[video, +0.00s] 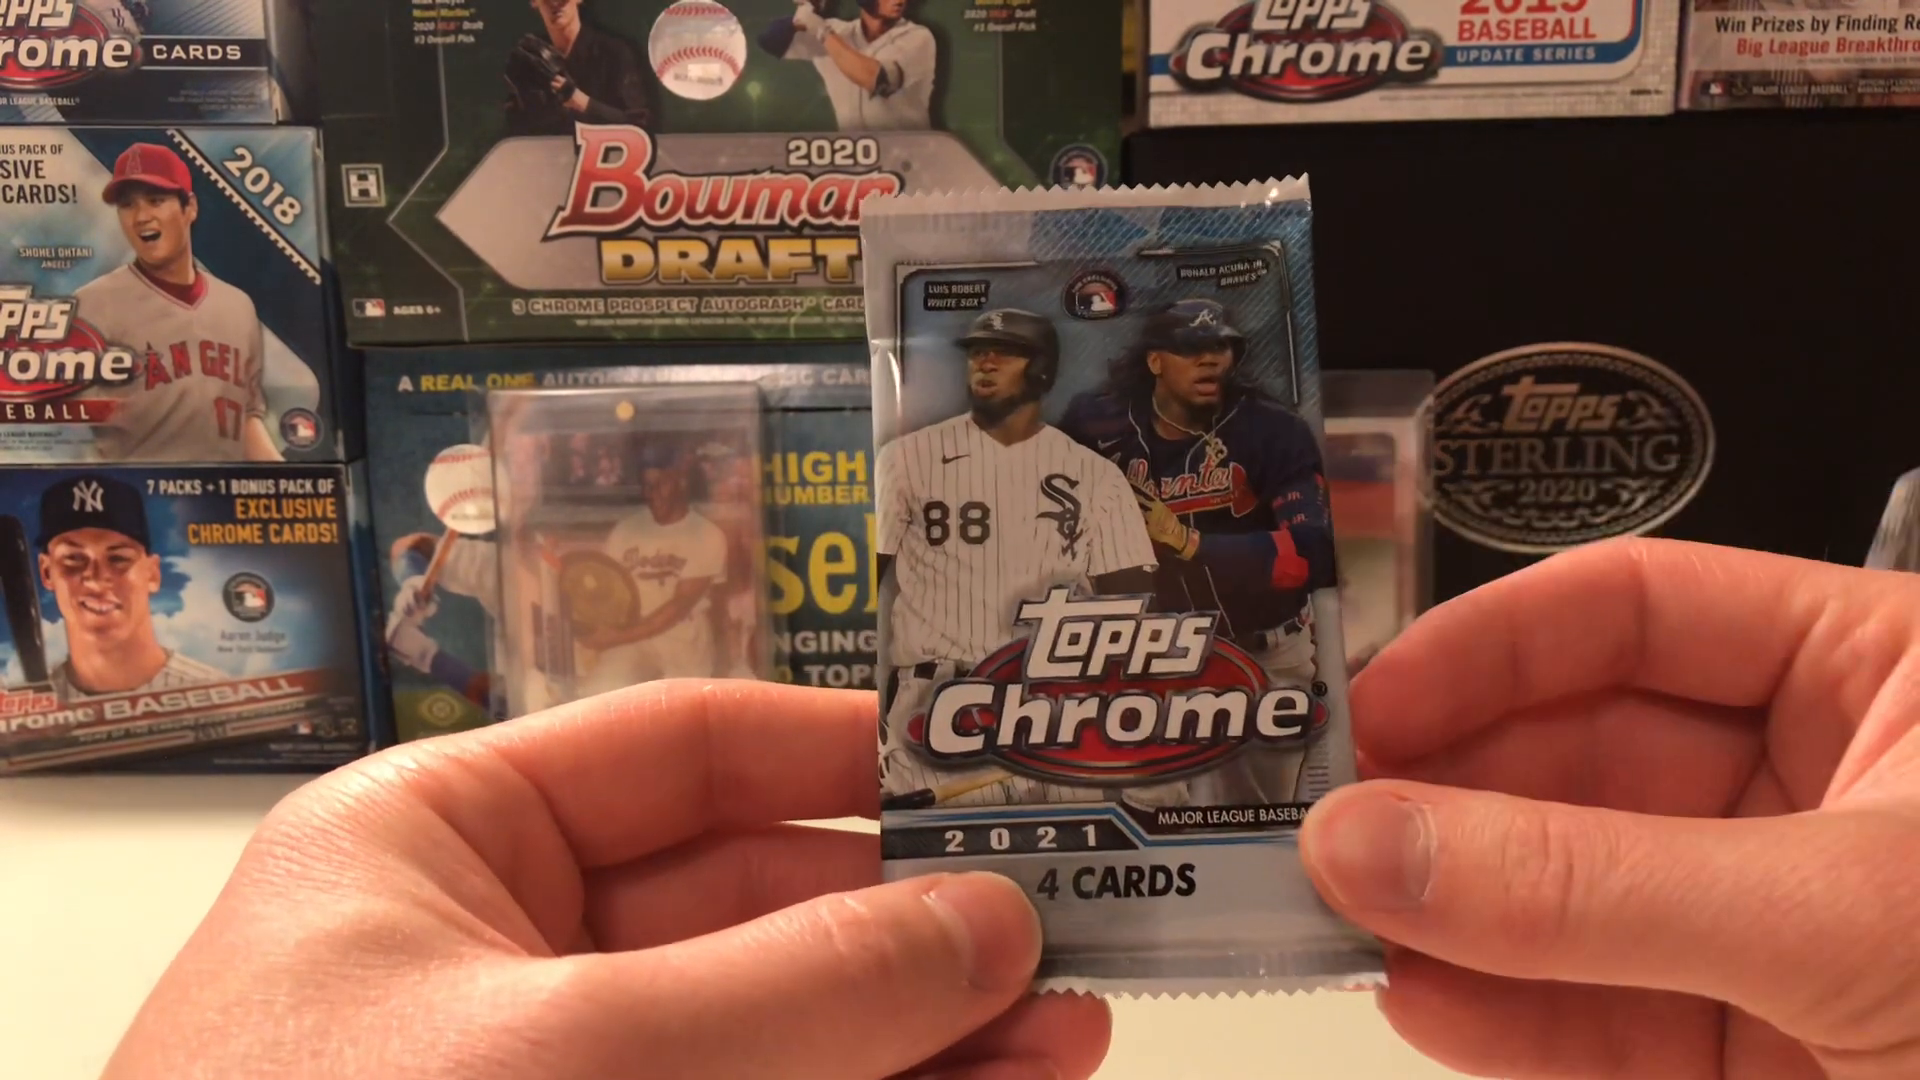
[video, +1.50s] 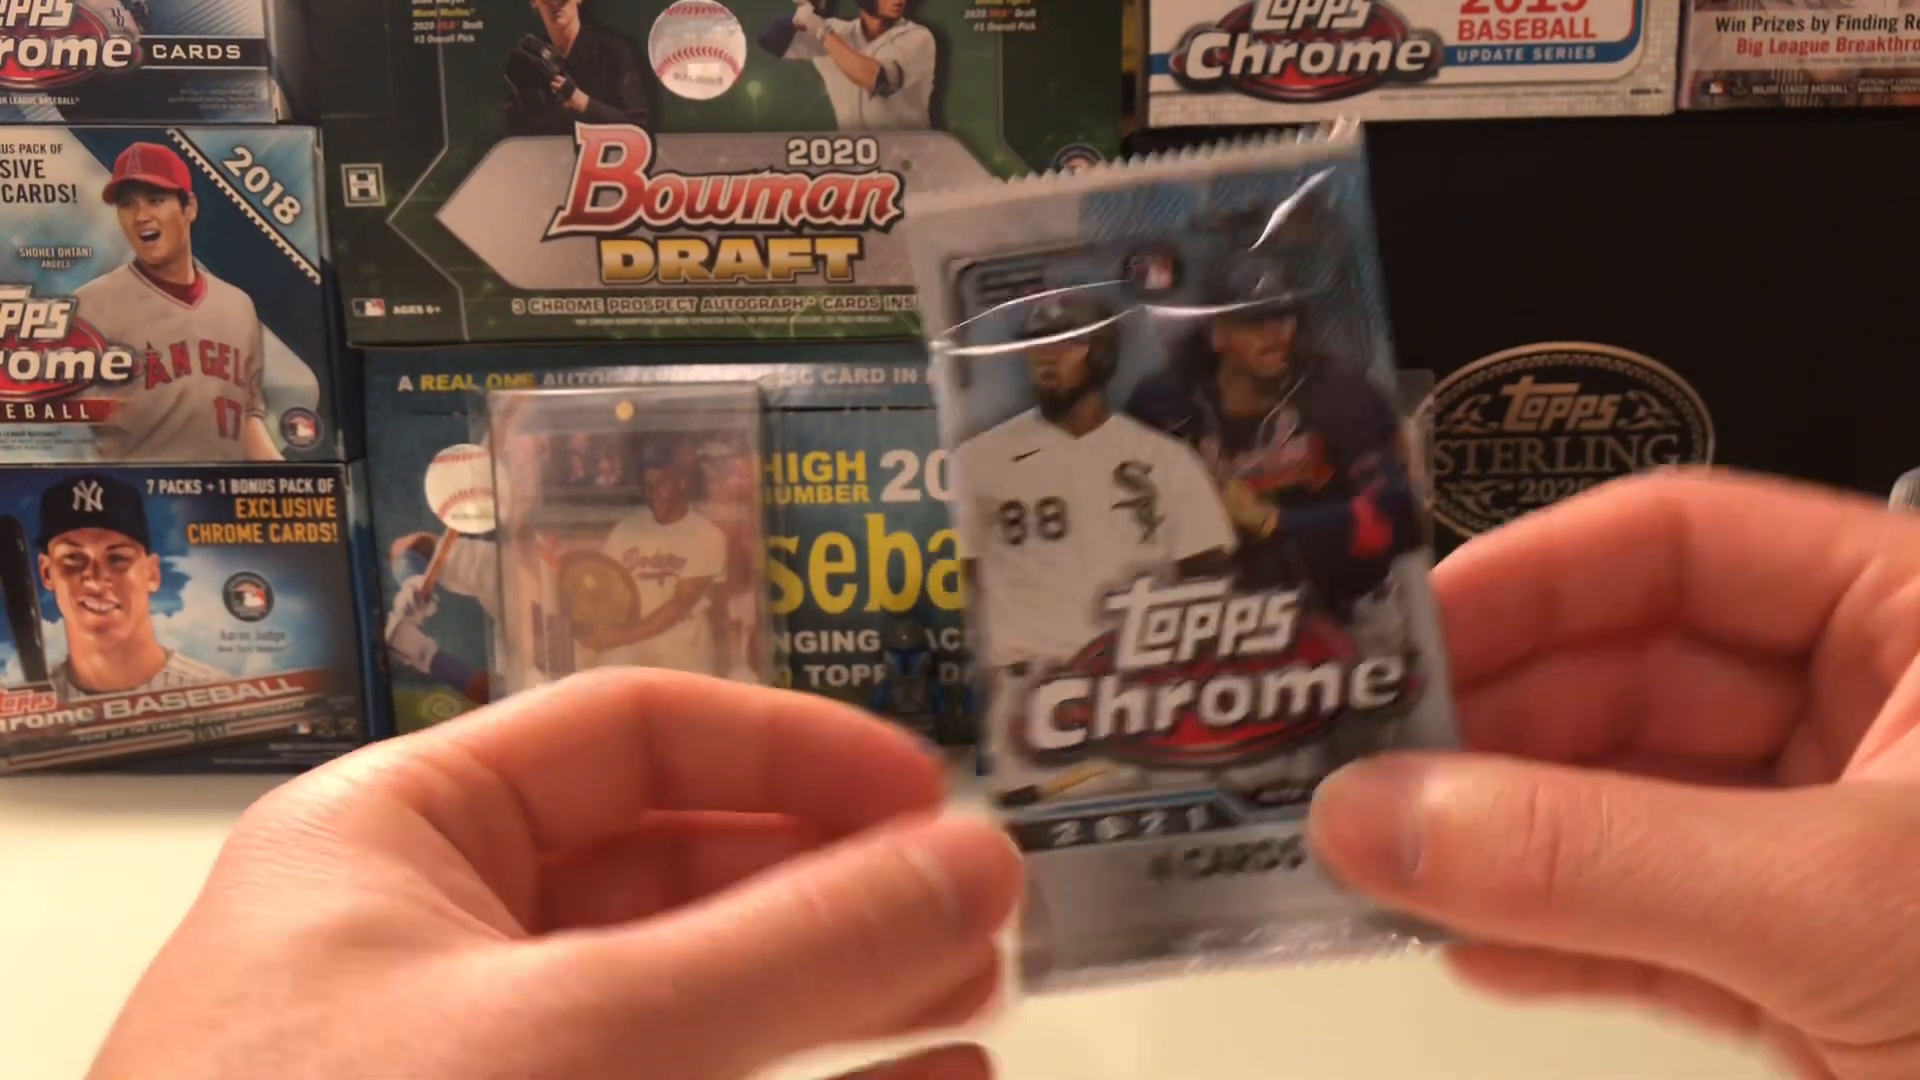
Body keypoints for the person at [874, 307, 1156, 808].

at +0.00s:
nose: (984, 364)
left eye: (1002, 353)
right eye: (977, 353)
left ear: (1040, 370)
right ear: (966, 363)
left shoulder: (1096, 478)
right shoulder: (904, 462)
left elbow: (1128, 612)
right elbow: (856, 587)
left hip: (1052, 717)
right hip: (927, 715)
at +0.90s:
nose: (1032, 370)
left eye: (1051, 360)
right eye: (1025, 359)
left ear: (1087, 377)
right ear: (1014, 369)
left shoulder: (1145, 483)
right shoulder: (957, 464)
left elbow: (1178, 611)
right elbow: (910, 593)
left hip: (1100, 716)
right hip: (979, 714)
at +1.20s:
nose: (1028, 369)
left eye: (1046, 359)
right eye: (1021, 358)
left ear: (1083, 375)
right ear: (1010, 368)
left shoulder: (1139, 478)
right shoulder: (951, 462)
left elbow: (1172, 606)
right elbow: (912, 588)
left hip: (1099, 717)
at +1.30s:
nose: (1038, 376)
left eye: (1055, 366)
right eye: (1031, 365)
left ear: (1091, 382)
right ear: (1020, 375)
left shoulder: (1147, 485)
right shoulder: (959, 468)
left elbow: (1183, 611)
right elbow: (934, 593)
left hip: (1102, 711)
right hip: (982, 710)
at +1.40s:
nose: (1045, 379)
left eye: (1062, 368)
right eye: (1037, 368)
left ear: (1098, 384)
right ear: (1027, 378)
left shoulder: (1156, 486)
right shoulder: (970, 471)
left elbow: (1191, 613)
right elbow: (946, 594)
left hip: (1111, 714)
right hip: (993, 714)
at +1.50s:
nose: (1044, 357)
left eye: (1063, 343)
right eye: (1035, 345)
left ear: (1102, 353)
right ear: (1023, 355)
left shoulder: (1168, 462)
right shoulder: (980, 462)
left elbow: (1210, 591)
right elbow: (972, 593)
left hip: (1142, 732)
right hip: (1022, 738)